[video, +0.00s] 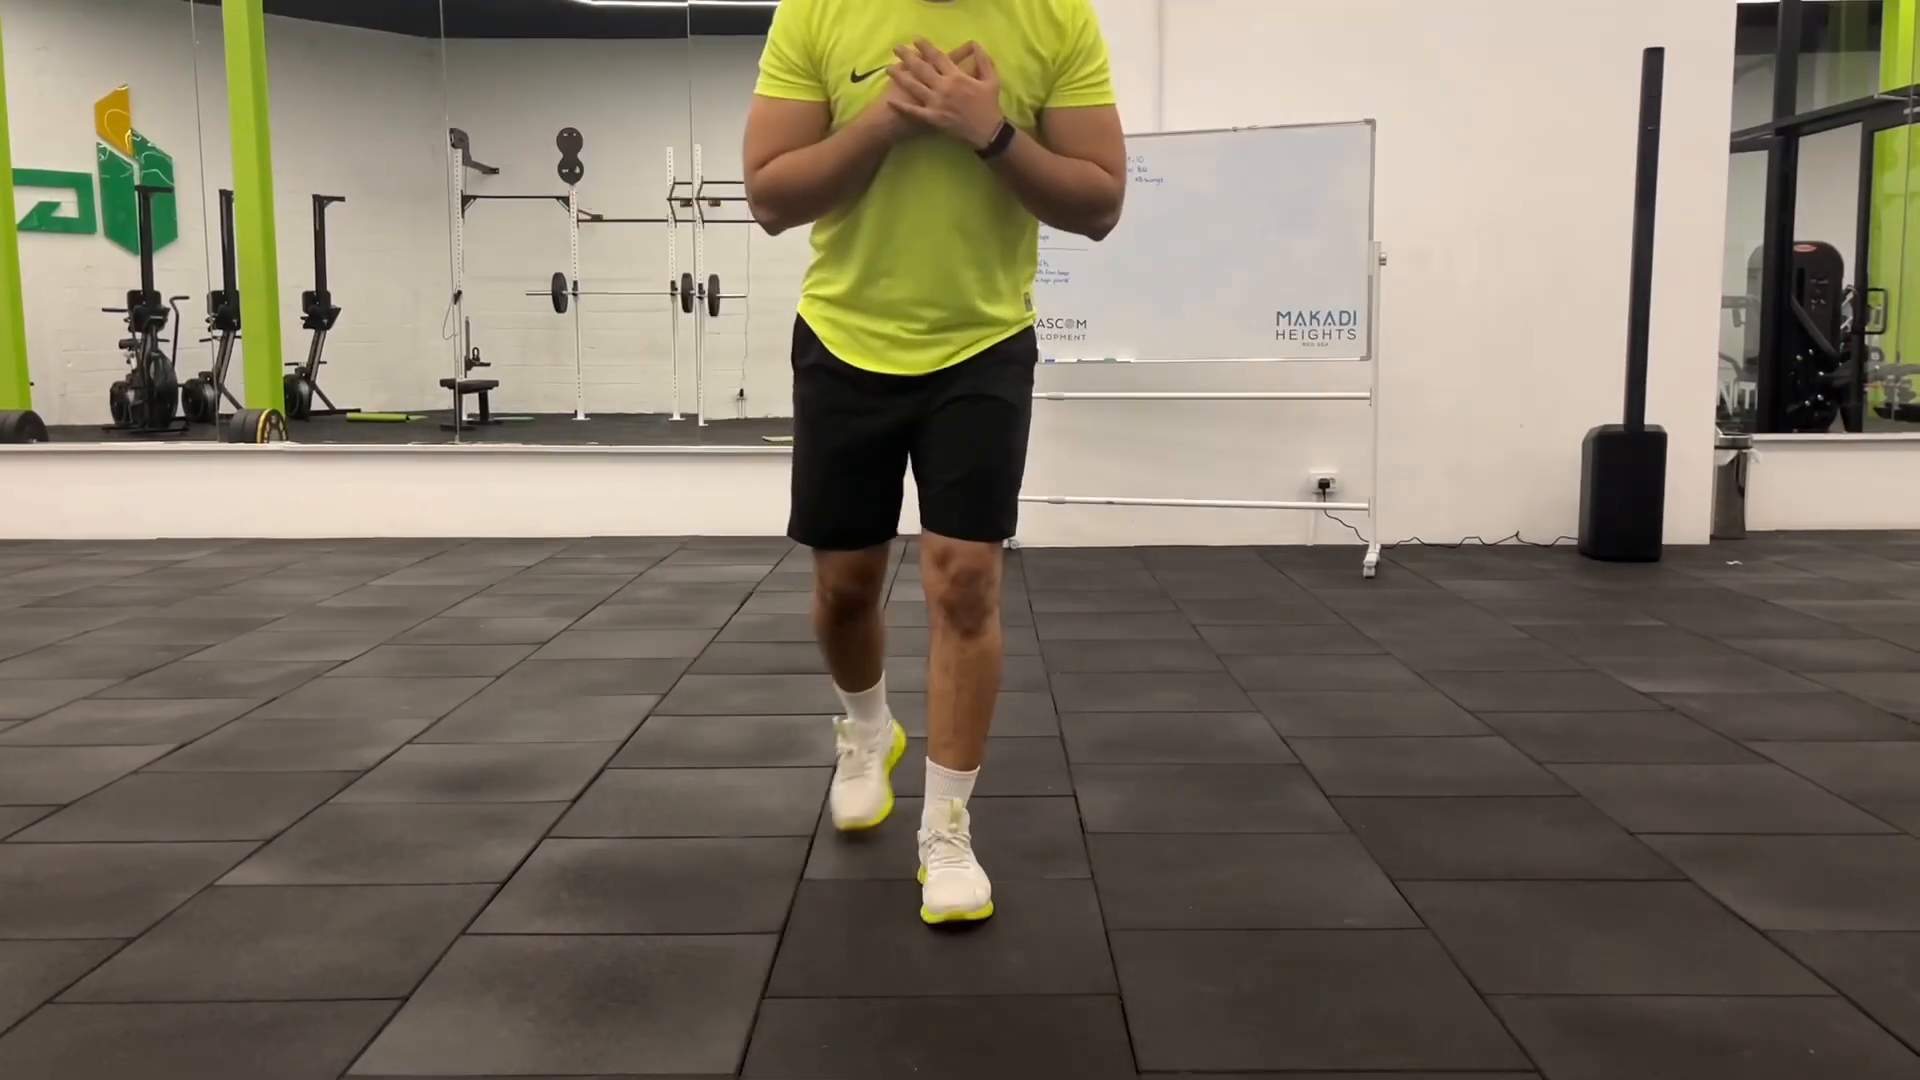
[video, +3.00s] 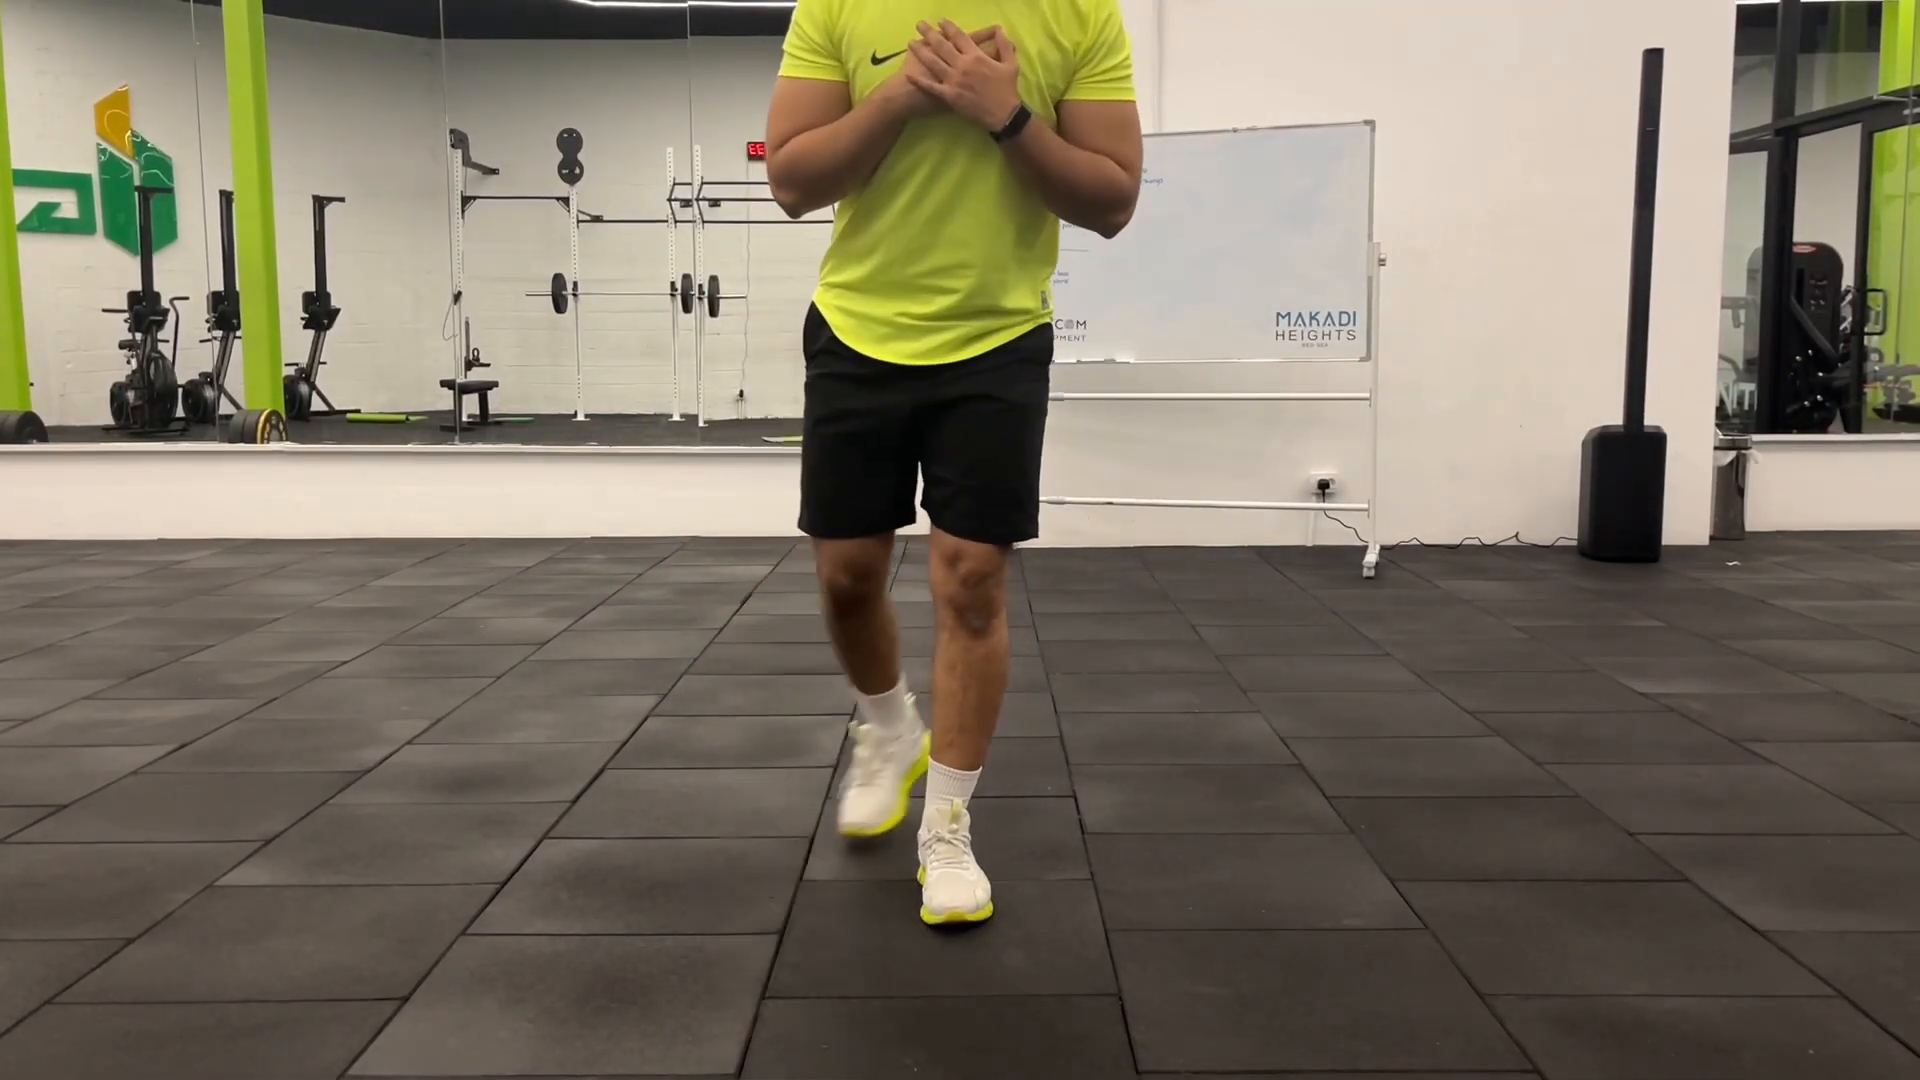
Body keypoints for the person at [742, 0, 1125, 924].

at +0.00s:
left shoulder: (1055, 16)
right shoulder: (816, 11)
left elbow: (1098, 202)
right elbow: (771, 196)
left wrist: (995, 132)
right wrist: (886, 117)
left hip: (983, 335)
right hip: (846, 333)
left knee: (966, 582)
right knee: (844, 586)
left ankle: (947, 829)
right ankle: (866, 730)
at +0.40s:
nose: (939, 39)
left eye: (961, 15)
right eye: (915, 14)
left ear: (986, 22)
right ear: (874, 21)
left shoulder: (1046, 136)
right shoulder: (812, 157)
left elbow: (1098, 300)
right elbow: (792, 345)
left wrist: (1009, 263)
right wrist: (910, 255)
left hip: (1006, 398)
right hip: (882, 421)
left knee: (970, 614)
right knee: (925, 642)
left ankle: (944, 826)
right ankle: (968, 685)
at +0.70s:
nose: (917, 173)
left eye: (938, 146)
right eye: (894, 147)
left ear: (968, 143)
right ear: (862, 147)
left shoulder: (1036, 251)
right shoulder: (813, 283)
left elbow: (1096, 408)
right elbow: (807, 460)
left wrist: (994, 377)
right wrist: (894, 379)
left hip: (1015, 477)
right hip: (897, 516)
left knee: (966, 623)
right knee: (937, 698)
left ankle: (944, 829)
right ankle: (967, 758)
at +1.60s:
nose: (961, 76)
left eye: (983, 50)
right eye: (939, 48)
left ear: (1012, 50)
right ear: (901, 42)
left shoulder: (1060, 171)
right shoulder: (829, 175)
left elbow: (1098, 335)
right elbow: (803, 351)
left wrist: (1007, 299)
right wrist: (901, 284)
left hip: (1005, 414)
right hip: (882, 433)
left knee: (982, 614)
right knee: (924, 645)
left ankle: (948, 832)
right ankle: (967, 699)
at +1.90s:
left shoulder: (1064, 45)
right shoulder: (828, 34)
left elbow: (1100, 232)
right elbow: (789, 225)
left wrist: (999, 166)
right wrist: (891, 148)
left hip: (995, 340)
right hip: (860, 340)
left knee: (969, 586)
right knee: (859, 592)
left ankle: (948, 827)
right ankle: (879, 707)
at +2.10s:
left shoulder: (1059, 13)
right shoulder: (818, 8)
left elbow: (1092, 192)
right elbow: (779, 181)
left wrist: (986, 109)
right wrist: (871, 88)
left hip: (983, 327)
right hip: (841, 317)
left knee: (959, 576)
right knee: (804, 573)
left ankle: (947, 834)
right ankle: (776, 787)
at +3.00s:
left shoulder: (1079, 15)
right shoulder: (836, 8)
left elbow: (1112, 199)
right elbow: (792, 182)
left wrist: (1006, 114)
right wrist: (902, 94)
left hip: (996, 330)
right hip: (858, 324)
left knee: (972, 582)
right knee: (847, 576)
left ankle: (949, 826)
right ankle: (888, 729)